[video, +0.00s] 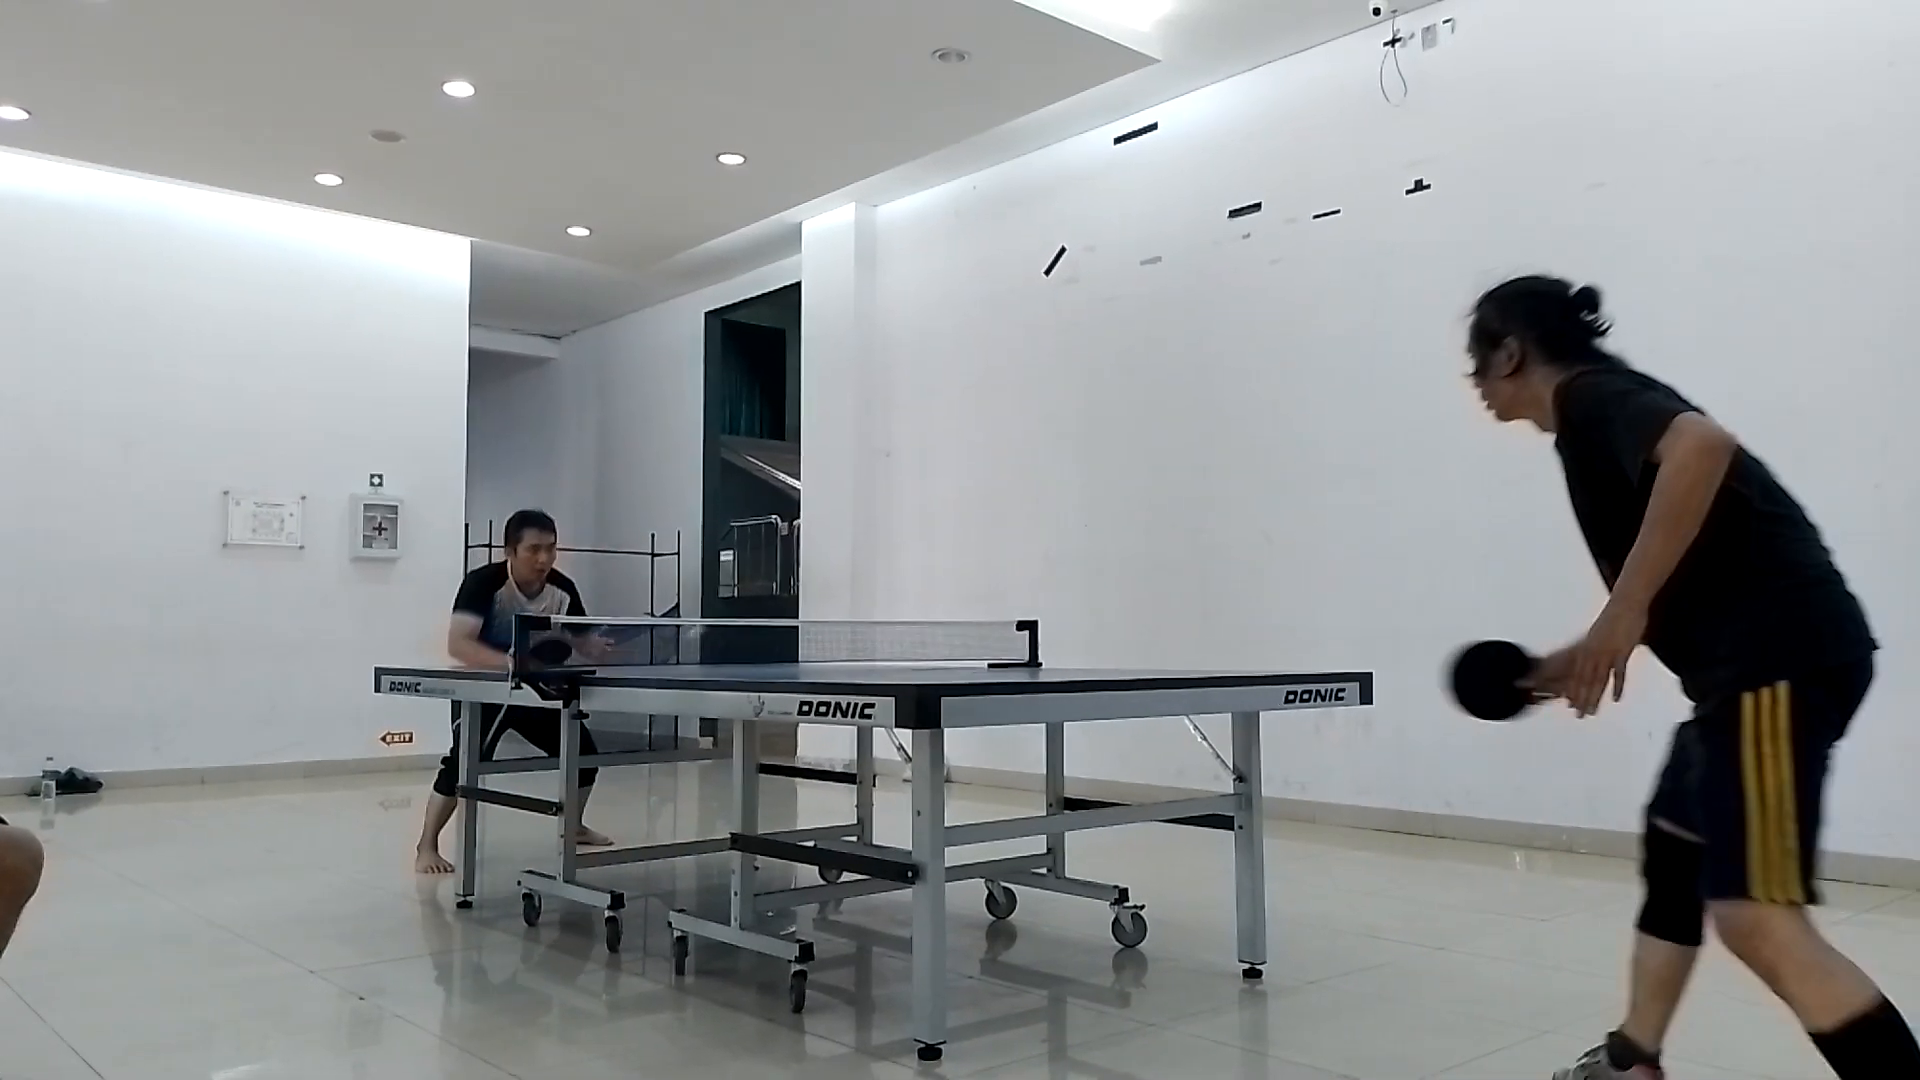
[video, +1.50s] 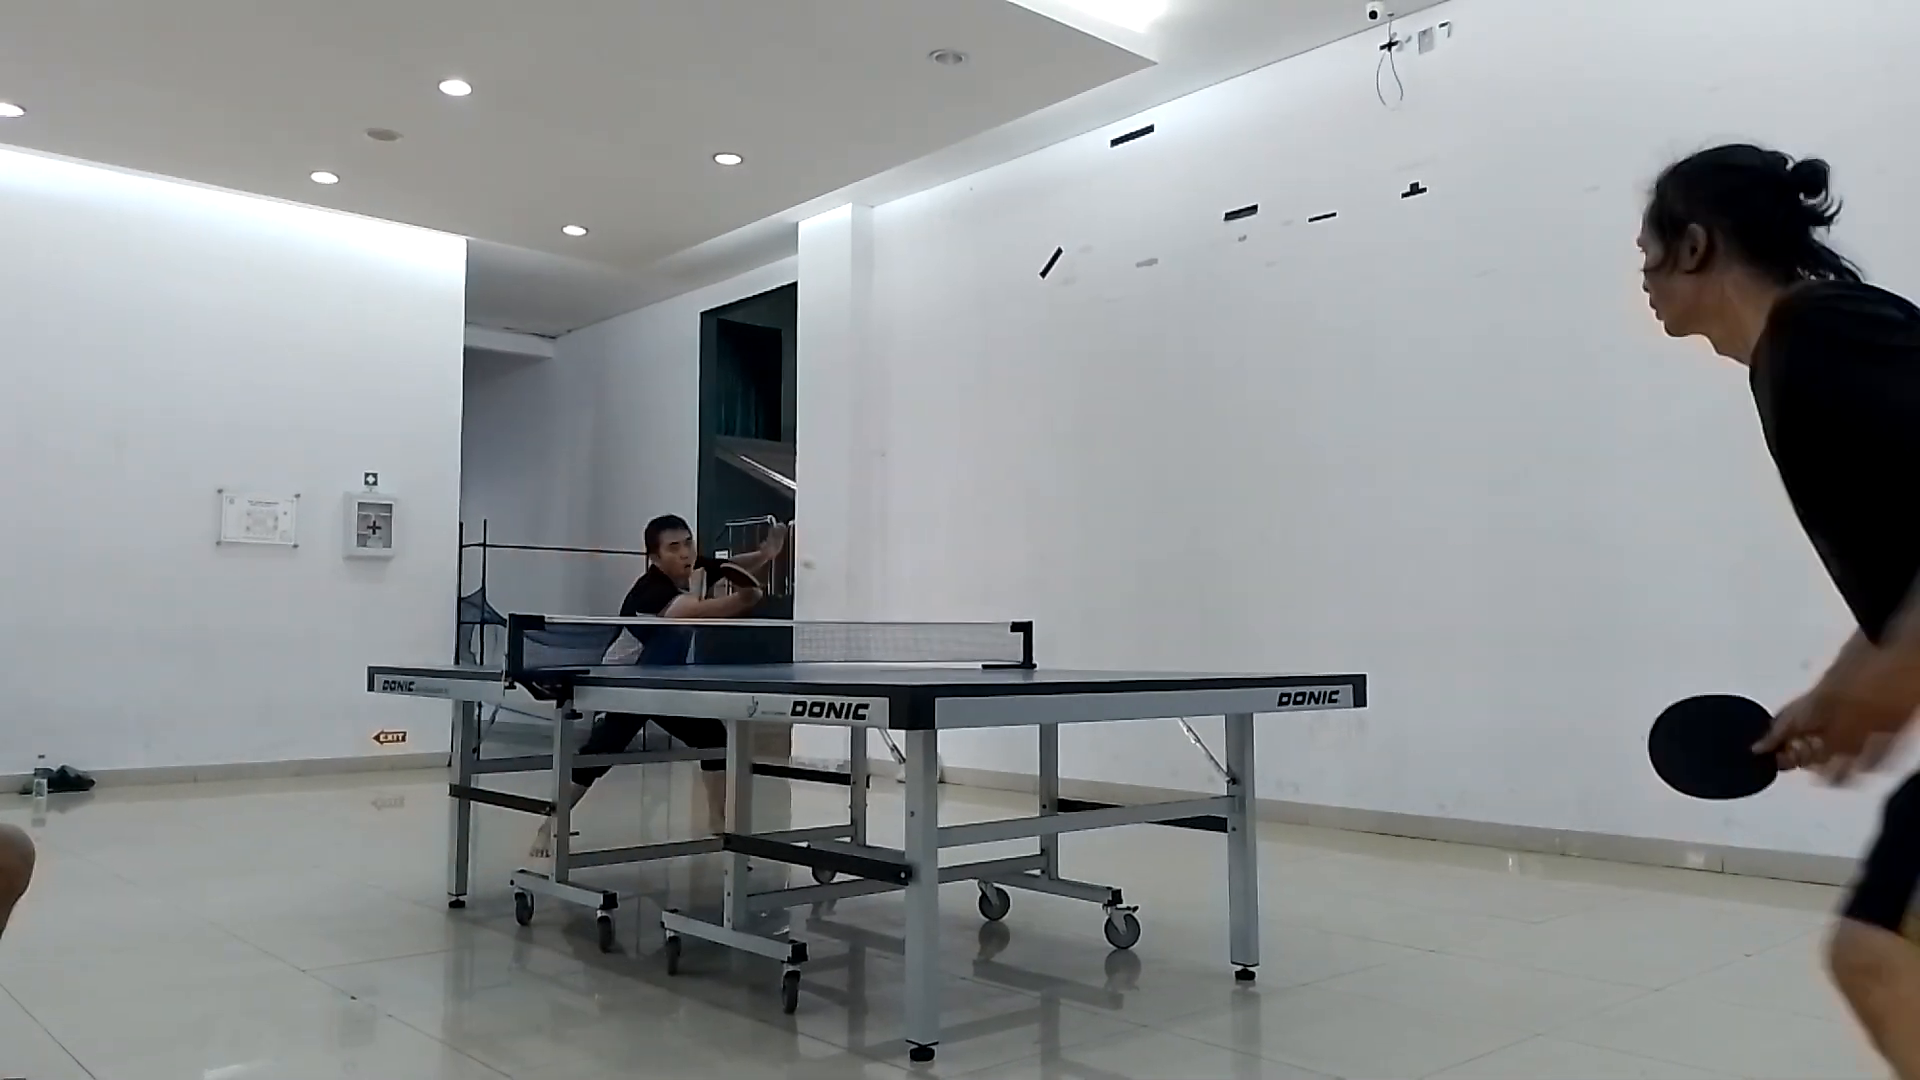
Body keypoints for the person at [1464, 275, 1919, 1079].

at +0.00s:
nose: (1476, 386)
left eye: (1479, 365)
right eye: (1474, 368)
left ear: (1513, 351)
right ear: (1532, 352)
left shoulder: (1594, 395)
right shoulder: (1588, 428)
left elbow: (1701, 444)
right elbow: (1667, 585)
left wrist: (1622, 616)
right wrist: (1570, 665)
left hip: (1783, 659)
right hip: (1741, 668)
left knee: (1757, 918)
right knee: (1677, 842)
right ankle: (1634, 1057)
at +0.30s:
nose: (1561, 324)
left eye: (1568, 301)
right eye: (1561, 305)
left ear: (1611, 292)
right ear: (1625, 295)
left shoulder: (1701, 353)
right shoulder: (1686, 386)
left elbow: (1856, 398)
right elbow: (1799, 556)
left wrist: (1822, 576)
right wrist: (1694, 644)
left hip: (1894, 631)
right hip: (1878, 634)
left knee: (1805, 875)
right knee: (1837, 874)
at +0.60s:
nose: (1637, 344)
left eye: (1641, 317)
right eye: (1634, 323)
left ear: (1696, 298)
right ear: (1700, 301)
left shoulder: (1814, 376)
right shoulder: (1782, 408)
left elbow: (1906, 502)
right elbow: (1838, 593)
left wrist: (1811, 700)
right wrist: (1711, 671)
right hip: (1917, 734)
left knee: (1884, 969)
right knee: (1884, 970)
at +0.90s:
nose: (1661, 381)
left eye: (1674, 349)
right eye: (1663, 351)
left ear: (1740, 336)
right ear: (1739, 339)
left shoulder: (1907, 422)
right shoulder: (1784, 494)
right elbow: (1634, 570)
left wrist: (1885, 711)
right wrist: (1459, 561)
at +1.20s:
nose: (1647, 451)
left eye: (1655, 423)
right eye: (1649, 425)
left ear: (1719, 423)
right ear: (1719, 423)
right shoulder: (1798, 581)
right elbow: (1738, 734)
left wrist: (1591, 838)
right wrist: (1590, 839)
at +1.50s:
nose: (1645, 287)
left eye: (1650, 256)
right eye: (1644, 262)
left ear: (1703, 246)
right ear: (1720, 245)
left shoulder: (1826, 342)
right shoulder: (1799, 353)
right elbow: (1909, 564)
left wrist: (1892, 673)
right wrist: (1840, 699)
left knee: (1873, 954)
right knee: (1873, 953)